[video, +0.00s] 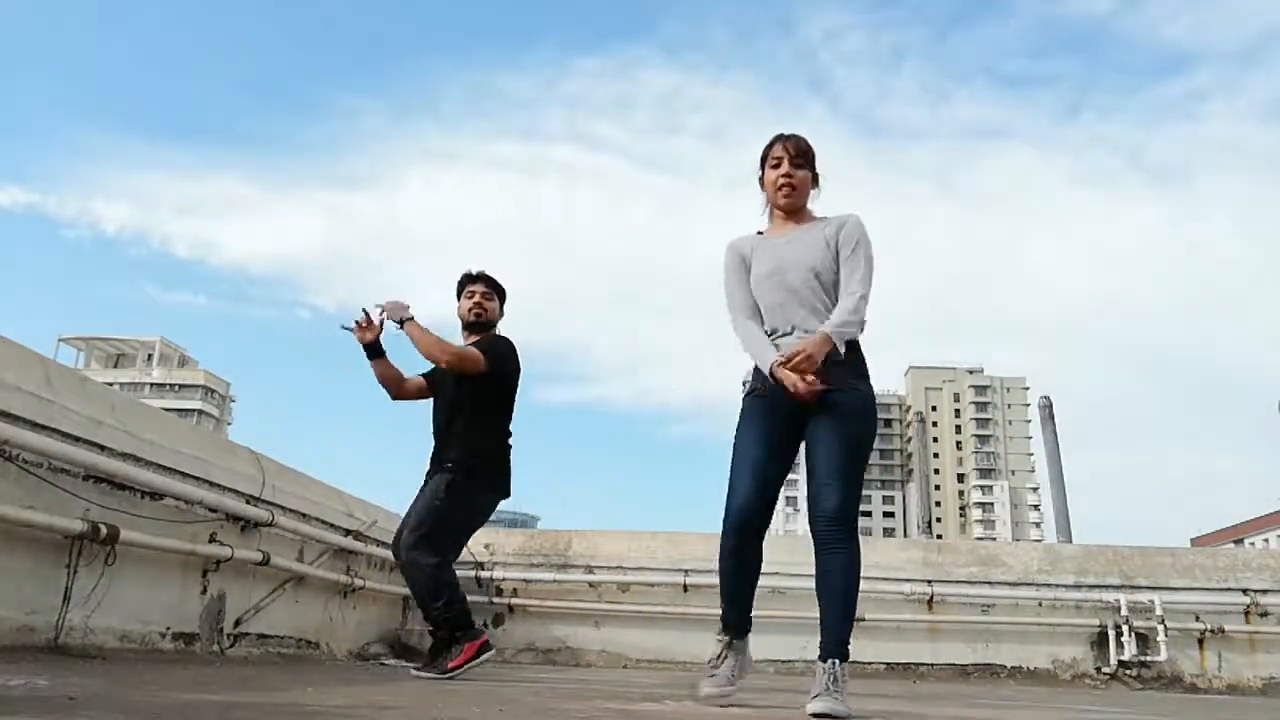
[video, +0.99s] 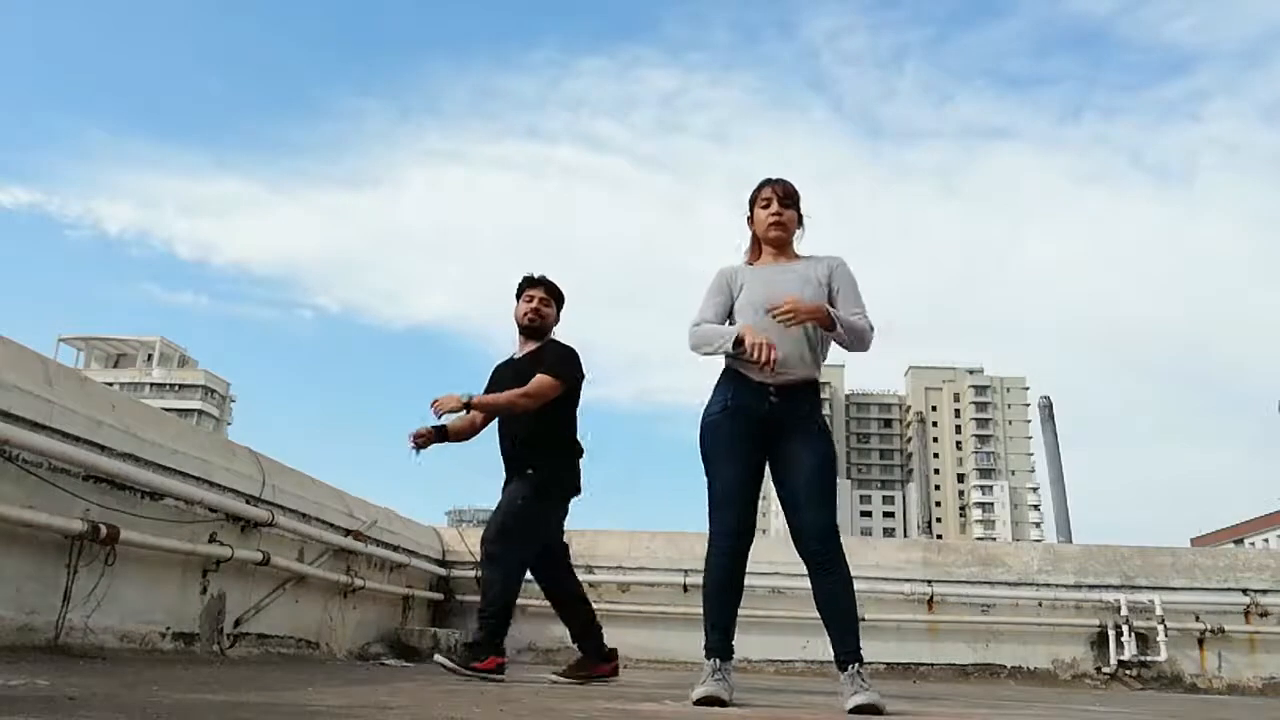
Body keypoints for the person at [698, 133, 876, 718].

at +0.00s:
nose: (786, 171)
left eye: (797, 164)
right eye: (776, 163)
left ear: (814, 179)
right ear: (762, 179)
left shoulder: (844, 229)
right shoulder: (741, 248)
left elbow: (855, 303)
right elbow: (743, 319)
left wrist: (823, 340)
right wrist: (780, 368)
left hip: (838, 383)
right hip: (770, 385)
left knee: (833, 519)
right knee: (742, 514)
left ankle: (832, 668)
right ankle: (733, 646)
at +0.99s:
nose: (776, 210)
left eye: (785, 203)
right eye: (765, 204)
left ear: (800, 218)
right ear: (750, 221)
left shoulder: (830, 269)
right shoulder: (730, 277)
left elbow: (861, 336)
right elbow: (698, 336)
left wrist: (822, 313)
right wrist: (740, 334)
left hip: (800, 413)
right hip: (735, 413)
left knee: (820, 541)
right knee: (729, 538)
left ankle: (853, 673)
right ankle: (716, 668)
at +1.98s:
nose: (785, 215)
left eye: (794, 210)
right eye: (774, 208)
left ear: (804, 230)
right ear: (755, 224)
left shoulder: (827, 282)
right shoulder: (728, 279)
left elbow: (843, 352)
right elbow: (681, 328)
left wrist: (889, 302)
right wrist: (710, 329)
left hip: (813, 418)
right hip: (745, 418)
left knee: (851, 534)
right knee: (731, 532)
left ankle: (859, 672)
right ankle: (717, 667)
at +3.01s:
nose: (788, 199)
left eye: (797, 195)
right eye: (777, 193)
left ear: (806, 215)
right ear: (757, 211)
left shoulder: (827, 274)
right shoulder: (729, 268)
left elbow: (862, 346)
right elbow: (694, 326)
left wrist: (886, 332)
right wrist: (701, 338)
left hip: (808, 410)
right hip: (742, 408)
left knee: (830, 537)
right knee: (737, 534)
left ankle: (855, 672)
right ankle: (718, 667)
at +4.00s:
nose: (780, 199)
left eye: (789, 194)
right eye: (769, 193)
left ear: (798, 213)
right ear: (749, 213)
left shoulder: (827, 271)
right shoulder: (725, 273)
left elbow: (866, 332)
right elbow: (688, 336)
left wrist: (890, 384)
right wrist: (685, 377)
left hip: (811, 407)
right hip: (744, 408)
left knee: (828, 535)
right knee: (737, 535)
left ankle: (853, 672)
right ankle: (719, 669)